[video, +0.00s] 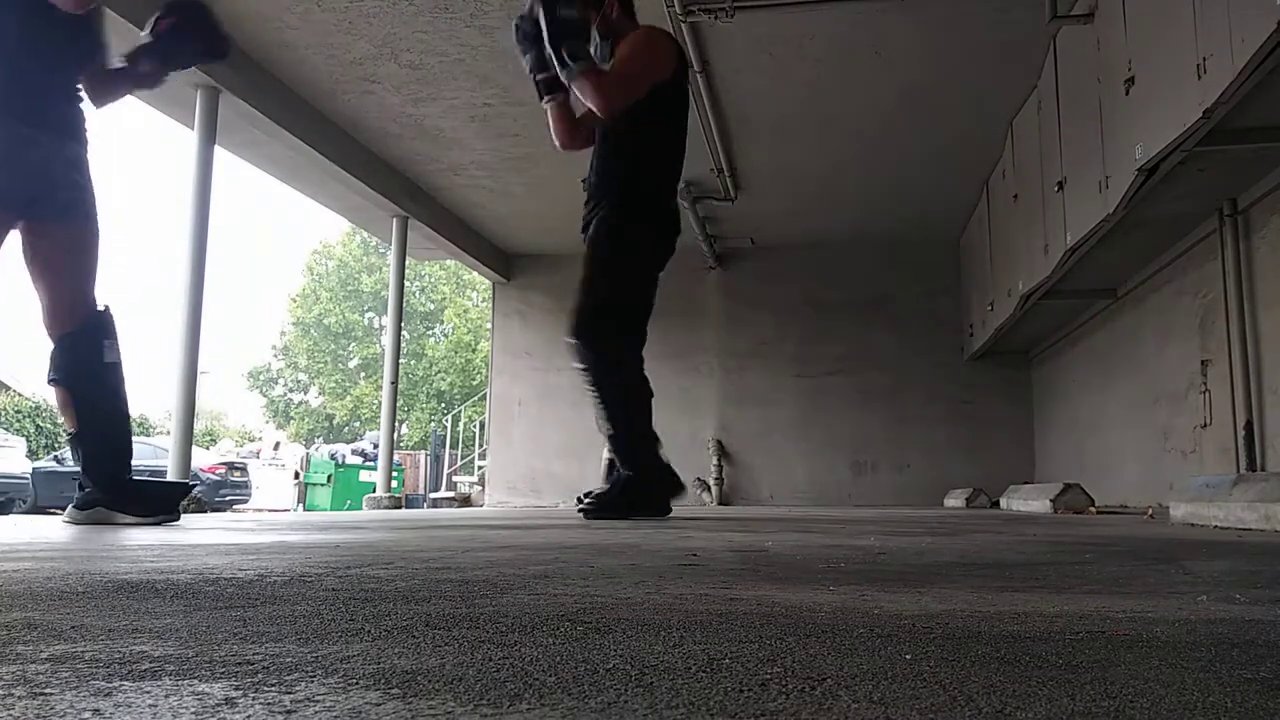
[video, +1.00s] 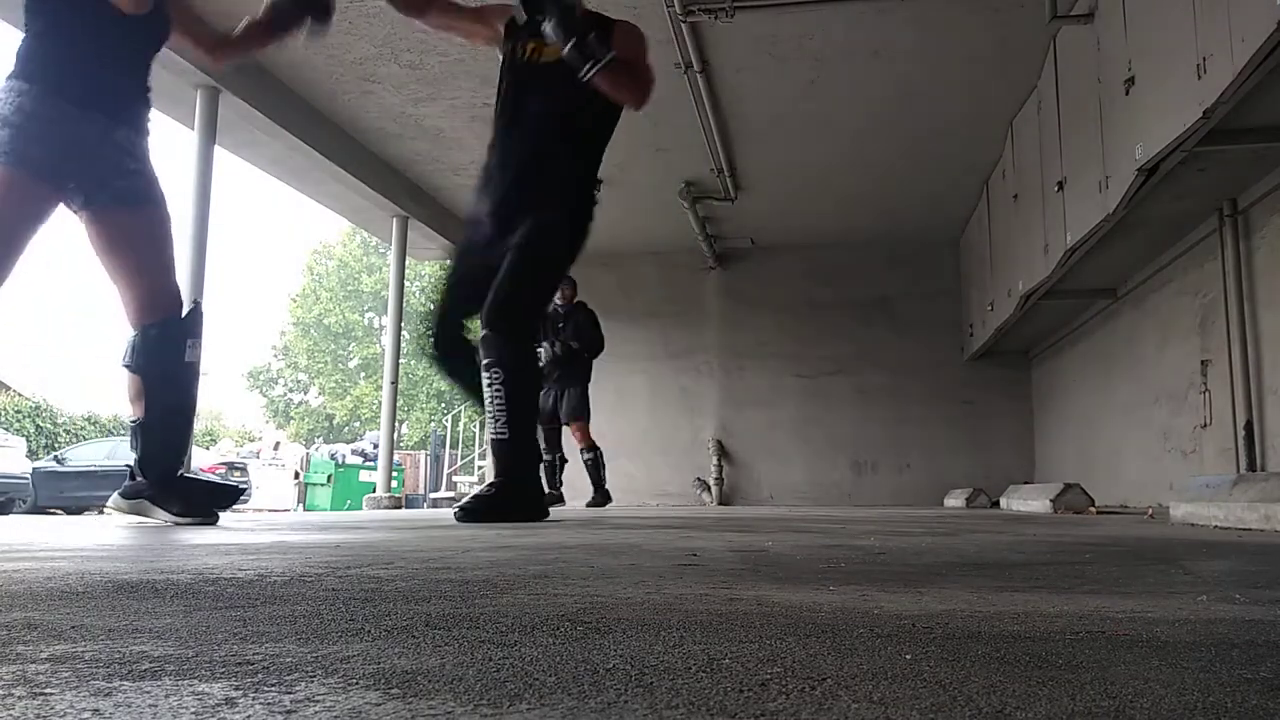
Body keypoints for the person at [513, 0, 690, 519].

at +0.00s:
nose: (584, 27)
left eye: (585, 16)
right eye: (582, 21)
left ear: (612, 7)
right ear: (604, 19)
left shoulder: (651, 43)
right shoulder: (619, 67)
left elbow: (604, 101)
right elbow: (569, 136)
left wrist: (564, 48)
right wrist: (542, 66)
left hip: (635, 220)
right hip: (615, 223)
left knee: (597, 337)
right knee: (612, 343)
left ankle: (645, 474)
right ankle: (631, 474)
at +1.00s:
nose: (540, 3)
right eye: (533, 3)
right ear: (528, 0)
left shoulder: (619, 34)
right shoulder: (511, 24)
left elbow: (635, 94)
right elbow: (427, 10)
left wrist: (574, 41)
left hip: (556, 210)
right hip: (494, 207)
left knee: (504, 325)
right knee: (447, 338)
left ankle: (518, 485)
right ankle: (519, 418)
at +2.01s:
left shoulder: (596, 29)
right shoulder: (492, 29)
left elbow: (551, 71)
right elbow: (409, 65)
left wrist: (490, 22)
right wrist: (343, 25)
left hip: (499, 205)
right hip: (440, 167)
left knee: (488, 343)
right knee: (323, 113)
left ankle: (481, 486)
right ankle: (322, 260)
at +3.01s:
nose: (423, 14)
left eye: (427, 8)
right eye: (425, 12)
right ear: (447, 8)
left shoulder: (479, 21)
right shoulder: (446, 46)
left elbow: (437, 68)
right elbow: (407, 126)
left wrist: (385, 18)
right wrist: (383, 64)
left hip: (448, 197)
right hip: (456, 206)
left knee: (334, 259)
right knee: (443, 347)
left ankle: (386, 402)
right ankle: (455, 484)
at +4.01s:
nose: (373, 19)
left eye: (380, 13)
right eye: (374, 16)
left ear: (409, 3)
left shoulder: (432, 20)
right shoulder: (387, 58)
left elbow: (341, 14)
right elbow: (323, 93)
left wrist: (277, 6)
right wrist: (289, 25)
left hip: (440, 193)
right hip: (439, 202)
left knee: (348, 286)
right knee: (421, 344)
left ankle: (337, 440)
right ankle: (466, 478)